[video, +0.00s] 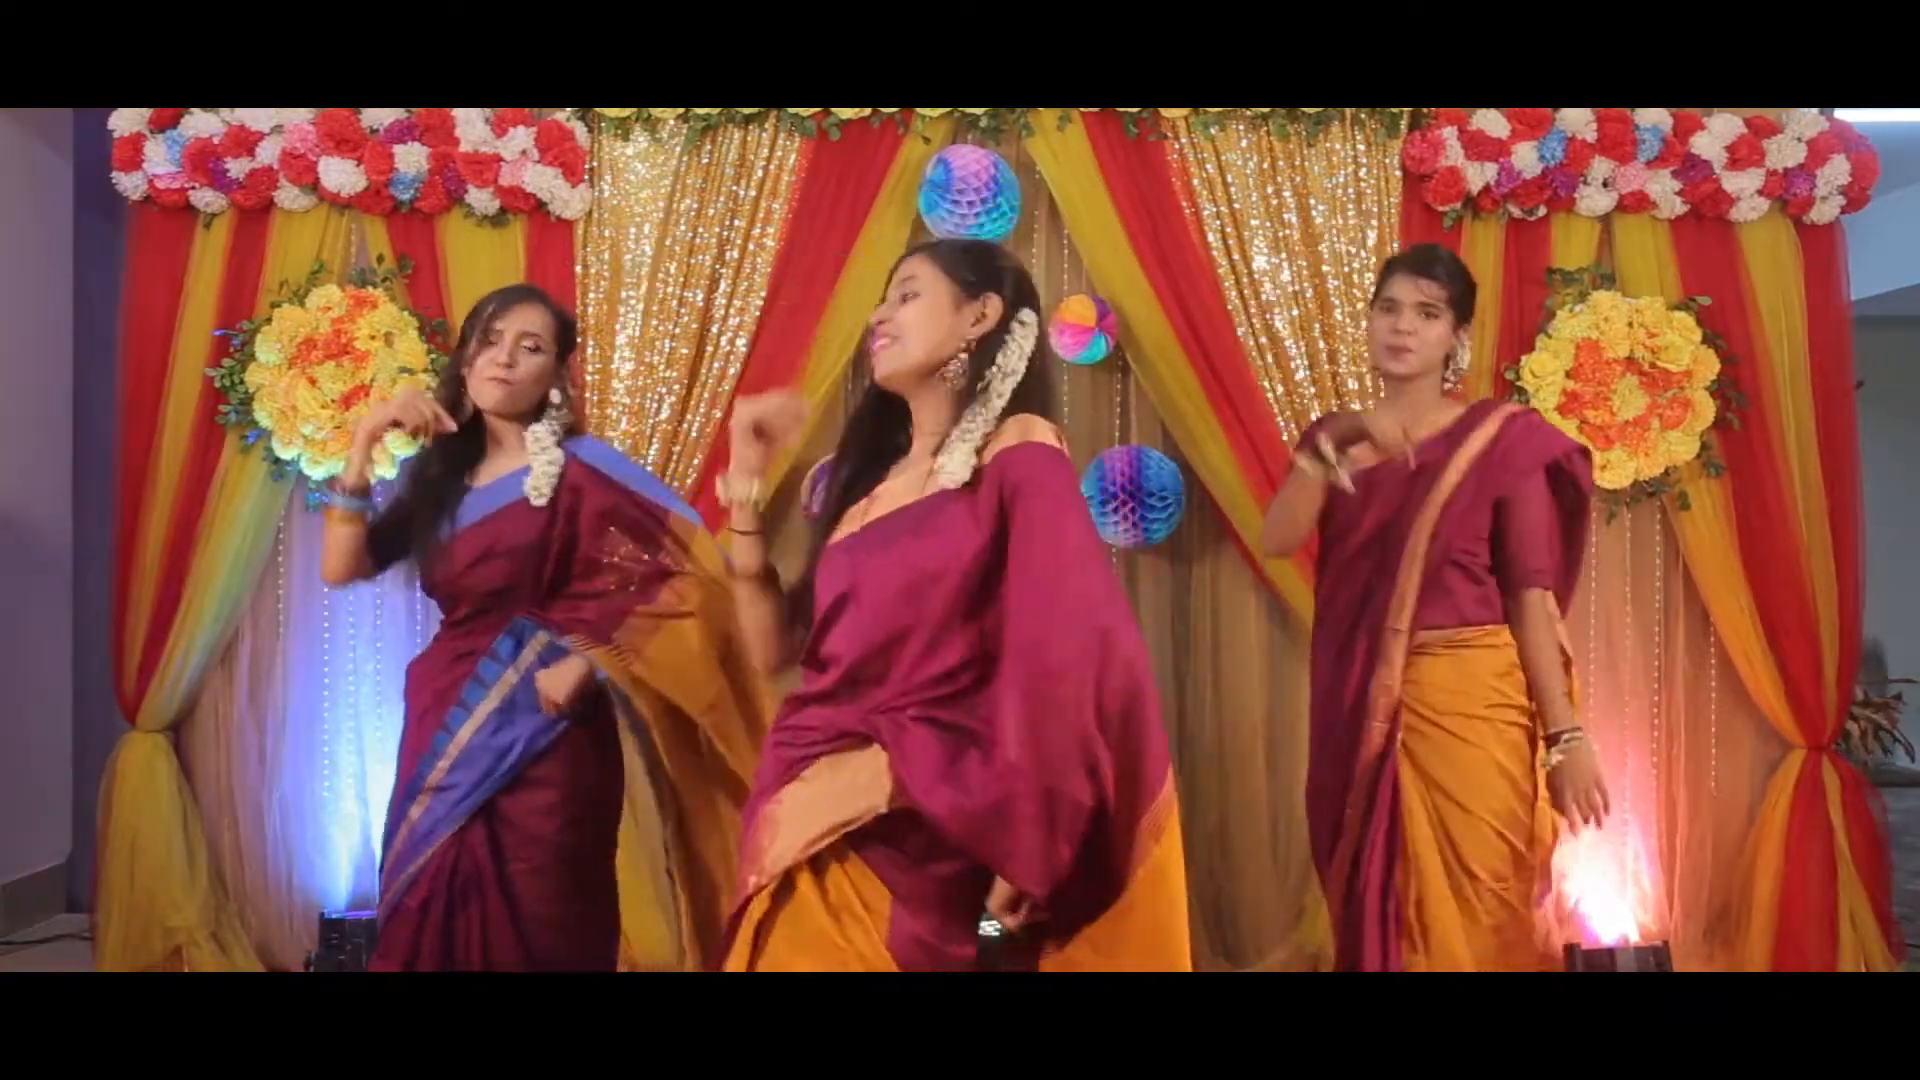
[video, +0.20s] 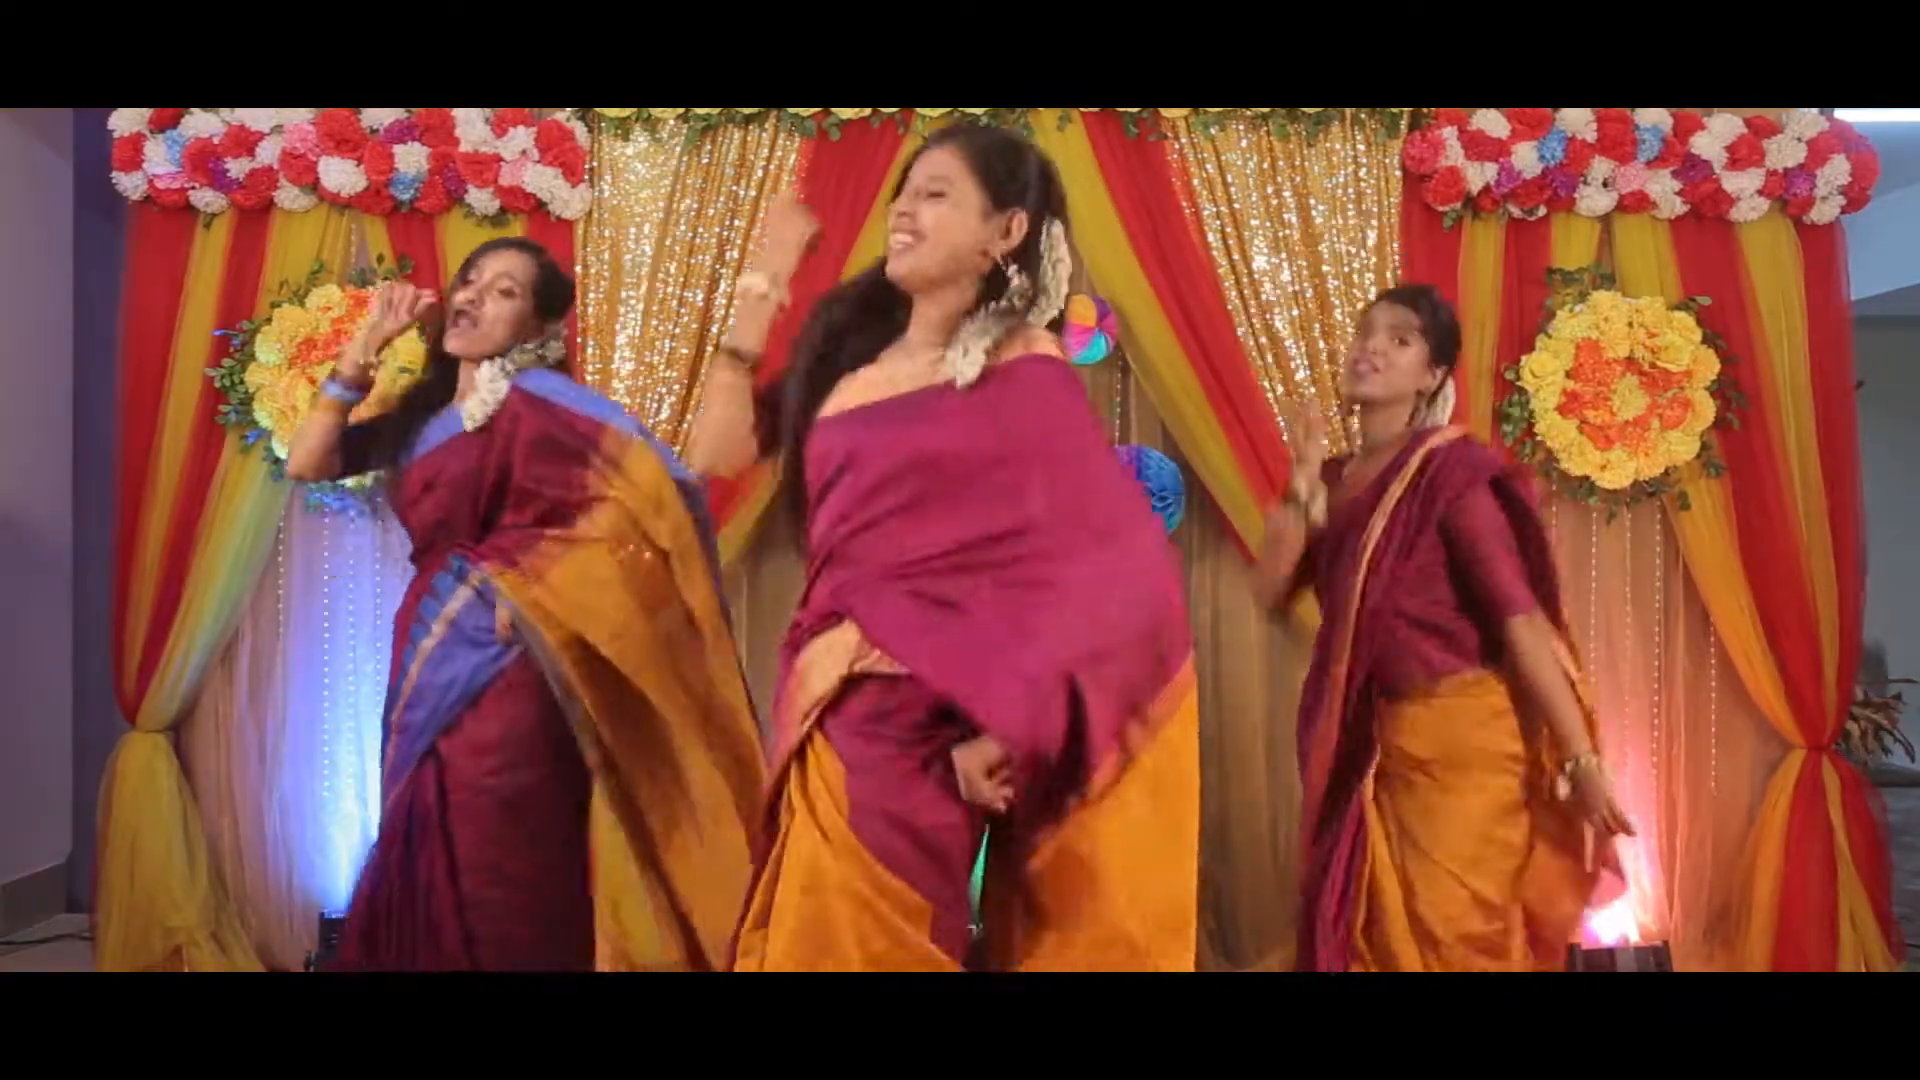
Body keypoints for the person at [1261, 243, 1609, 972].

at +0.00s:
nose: (1400, 325)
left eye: (1424, 312)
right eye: (1387, 307)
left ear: (1457, 337)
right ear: (1367, 322)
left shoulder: (1503, 437)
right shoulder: (1335, 439)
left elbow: (1533, 598)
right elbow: (1277, 537)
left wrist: (1565, 734)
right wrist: (1325, 451)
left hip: (1471, 695)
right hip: (1360, 699)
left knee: (1472, 915)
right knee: (1370, 909)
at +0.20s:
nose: (1368, 348)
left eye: (1397, 339)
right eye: (1362, 334)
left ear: (1433, 375)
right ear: (1346, 354)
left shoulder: (1453, 468)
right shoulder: (1341, 478)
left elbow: (1522, 622)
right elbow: (1271, 590)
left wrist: (1581, 760)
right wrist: (1300, 485)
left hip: (1468, 750)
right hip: (1380, 751)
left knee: (1456, 941)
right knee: (1377, 940)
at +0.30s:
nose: (1354, 406)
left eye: (1384, 397)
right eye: (1348, 391)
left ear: (1419, 434)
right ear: (1333, 409)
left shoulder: (1437, 533)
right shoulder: (1331, 538)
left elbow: (1519, 681)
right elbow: (1308, 693)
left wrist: (1590, 810)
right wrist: (1301, 597)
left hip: (1483, 806)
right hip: (1385, 804)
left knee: (1423, 952)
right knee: (1337, 948)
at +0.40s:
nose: (1344, 435)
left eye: (1373, 427)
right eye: (1339, 420)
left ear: (1410, 464)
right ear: (1324, 437)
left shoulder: (1431, 559)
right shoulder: (1325, 567)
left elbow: (1513, 704)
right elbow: (1299, 717)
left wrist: (1583, 838)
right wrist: (1296, 620)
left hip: (1490, 833)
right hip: (1393, 833)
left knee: (1425, 957)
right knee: (1321, 960)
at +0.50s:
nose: (1351, 417)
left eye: (1377, 406)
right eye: (1344, 400)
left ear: (1417, 431)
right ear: (1329, 411)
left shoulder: (1451, 525)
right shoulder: (1330, 541)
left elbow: (1515, 672)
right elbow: (1290, 677)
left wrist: (1575, 812)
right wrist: (1292, 565)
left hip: (1491, 799)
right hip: (1395, 802)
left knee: (1448, 958)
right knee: (1365, 956)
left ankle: (1576, 959)